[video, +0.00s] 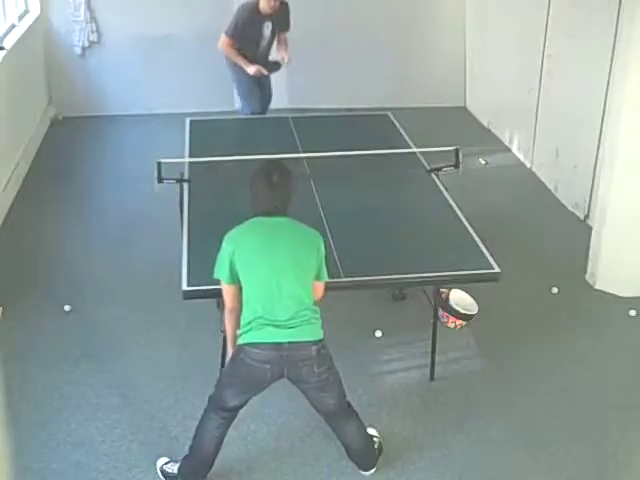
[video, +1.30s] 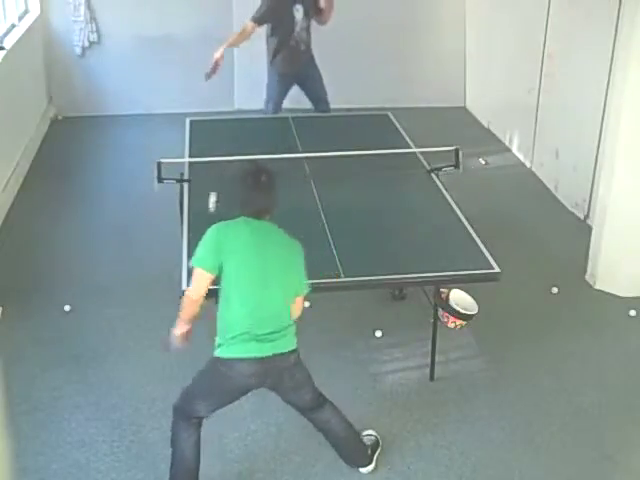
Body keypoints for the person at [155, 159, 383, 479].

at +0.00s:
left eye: (258, 192)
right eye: (283, 191)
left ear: (254, 196)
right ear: (288, 196)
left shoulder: (235, 238)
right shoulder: (312, 237)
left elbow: (231, 307)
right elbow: (317, 293)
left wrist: (231, 353)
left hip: (255, 353)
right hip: (308, 350)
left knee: (220, 411)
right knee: (338, 411)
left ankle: (188, 472)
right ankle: (367, 458)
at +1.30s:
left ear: (238, 197)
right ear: (272, 200)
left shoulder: (220, 234)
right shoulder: (291, 245)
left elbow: (196, 293)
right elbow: (296, 310)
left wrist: (182, 326)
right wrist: (266, 321)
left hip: (236, 364)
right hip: (285, 360)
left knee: (187, 414)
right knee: (317, 406)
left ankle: (183, 476)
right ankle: (364, 459)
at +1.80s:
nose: (223, 189)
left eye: (223, 181)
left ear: (224, 187)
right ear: (260, 184)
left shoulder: (231, 232)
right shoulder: (277, 223)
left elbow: (237, 295)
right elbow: (283, 276)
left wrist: (226, 355)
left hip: (259, 354)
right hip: (299, 343)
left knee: (210, 420)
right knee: (325, 398)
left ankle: (190, 475)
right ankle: (366, 455)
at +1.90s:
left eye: (221, 186)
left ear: (221, 192)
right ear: (258, 188)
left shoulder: (226, 241)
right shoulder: (277, 227)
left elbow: (227, 310)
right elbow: (291, 249)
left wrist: (208, 370)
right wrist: (302, 249)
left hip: (262, 359)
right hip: (304, 345)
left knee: (208, 416)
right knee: (324, 390)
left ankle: (187, 475)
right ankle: (365, 449)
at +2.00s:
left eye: (217, 195)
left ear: (216, 201)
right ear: (251, 198)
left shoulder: (213, 251)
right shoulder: (278, 236)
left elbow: (202, 321)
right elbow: (304, 286)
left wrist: (167, 376)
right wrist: (313, 267)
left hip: (255, 365)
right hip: (300, 353)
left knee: (200, 409)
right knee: (323, 391)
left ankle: (184, 475)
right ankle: (365, 448)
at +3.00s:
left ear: (225, 207)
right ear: (264, 204)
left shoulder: (211, 266)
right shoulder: (295, 245)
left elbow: (202, 345)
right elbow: (340, 293)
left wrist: (184, 412)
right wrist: (310, 323)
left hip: (234, 399)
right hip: (292, 395)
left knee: (196, 461)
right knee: (318, 449)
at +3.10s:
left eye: (216, 216)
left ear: (212, 223)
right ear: (251, 222)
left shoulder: (191, 282)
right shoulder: (284, 267)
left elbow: (167, 356)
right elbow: (320, 322)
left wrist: (141, 421)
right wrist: (293, 351)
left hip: (219, 414)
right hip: (280, 407)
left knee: (183, 473)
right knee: (312, 452)